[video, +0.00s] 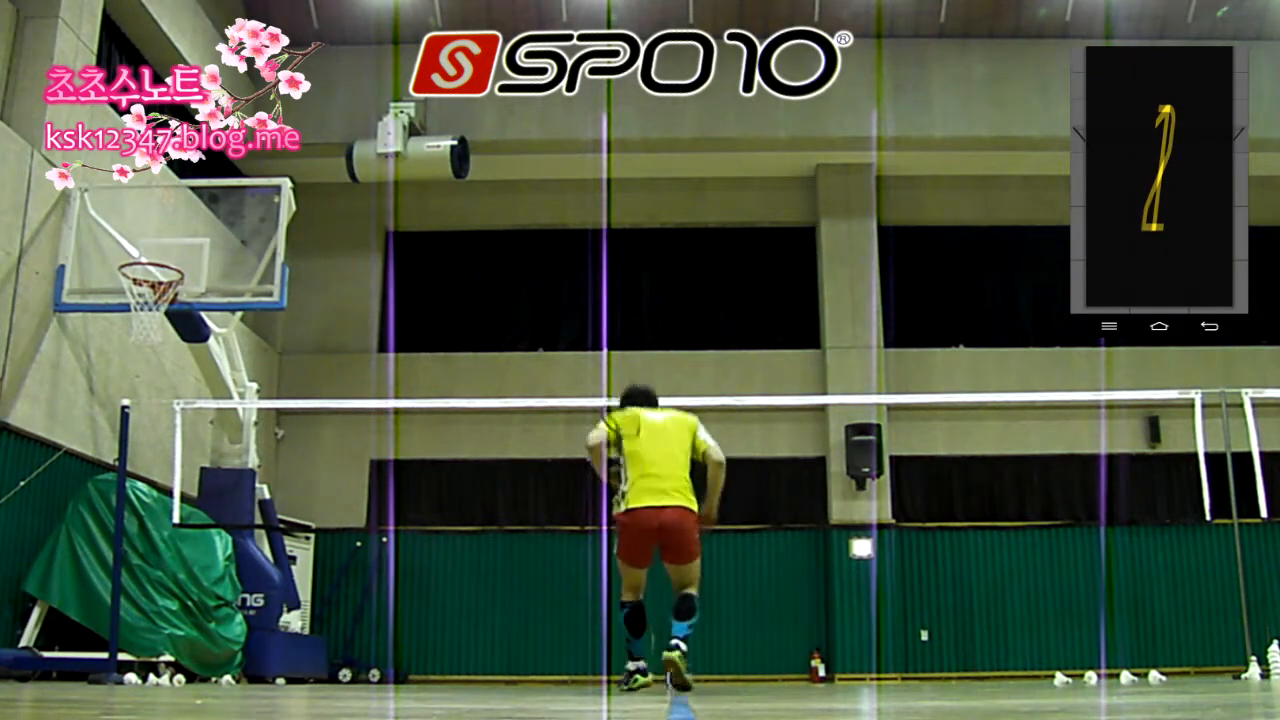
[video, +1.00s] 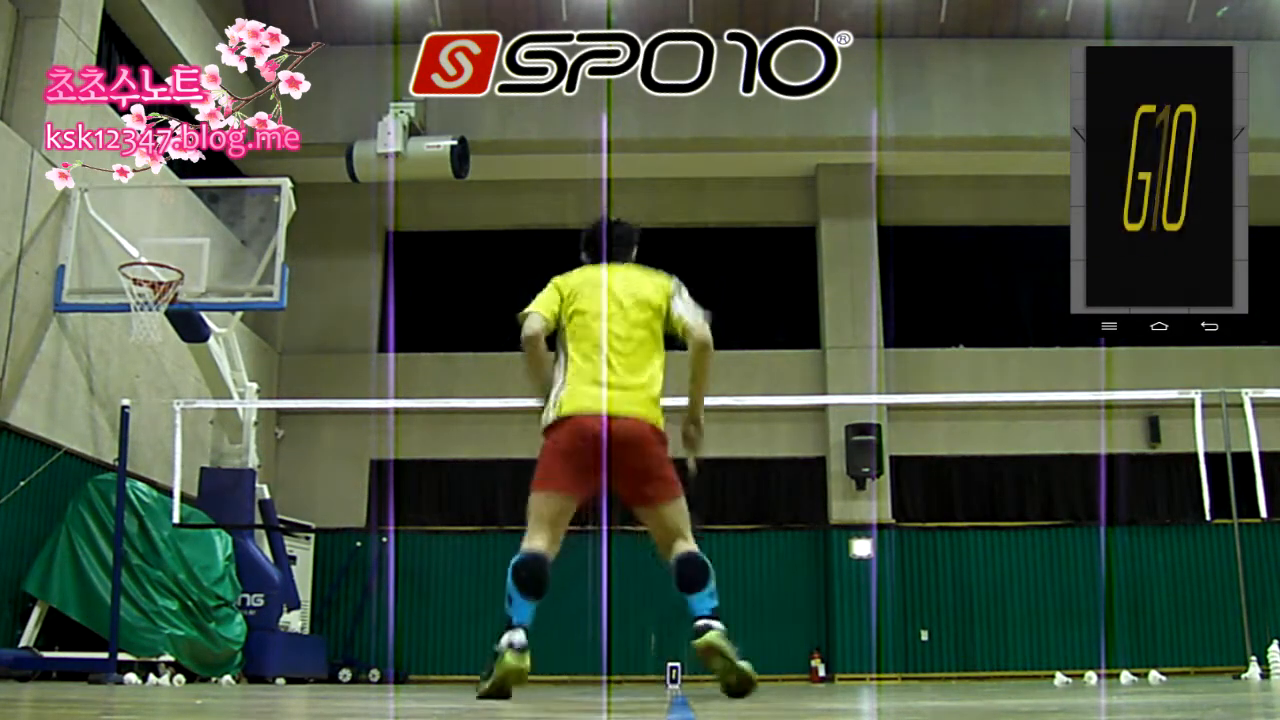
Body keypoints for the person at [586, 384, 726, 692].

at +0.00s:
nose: (621, 415)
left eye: (622, 410)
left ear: (626, 406)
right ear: (655, 404)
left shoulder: (620, 417)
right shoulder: (686, 420)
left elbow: (594, 441)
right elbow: (717, 458)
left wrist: (606, 478)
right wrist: (711, 506)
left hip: (636, 513)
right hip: (680, 513)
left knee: (632, 592)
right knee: (686, 588)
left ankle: (637, 666)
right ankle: (678, 645)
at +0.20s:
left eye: (628, 358)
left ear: (625, 361)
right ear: (660, 358)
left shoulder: (610, 388)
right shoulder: (684, 384)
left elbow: (575, 430)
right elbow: (710, 428)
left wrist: (603, 463)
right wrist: (689, 458)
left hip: (626, 500)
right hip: (673, 498)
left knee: (621, 575)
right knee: (676, 584)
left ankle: (621, 648)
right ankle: (671, 666)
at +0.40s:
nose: (650, 338)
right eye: (650, 333)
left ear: (612, 336)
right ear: (650, 334)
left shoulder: (593, 368)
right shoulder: (672, 364)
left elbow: (570, 425)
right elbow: (693, 418)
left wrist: (600, 451)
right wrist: (658, 435)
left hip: (607, 491)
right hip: (656, 488)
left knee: (616, 581)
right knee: (681, 569)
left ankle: (607, 661)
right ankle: (665, 641)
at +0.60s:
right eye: (641, 303)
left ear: (609, 306)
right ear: (647, 307)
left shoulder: (592, 341)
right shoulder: (678, 342)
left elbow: (567, 402)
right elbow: (700, 400)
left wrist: (597, 425)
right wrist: (667, 422)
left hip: (607, 466)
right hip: (662, 465)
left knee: (593, 570)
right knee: (654, 570)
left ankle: (593, 663)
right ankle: (645, 646)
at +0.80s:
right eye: (640, 245)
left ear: (603, 253)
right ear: (643, 252)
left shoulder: (579, 287)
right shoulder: (670, 278)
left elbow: (554, 350)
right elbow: (698, 325)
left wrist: (586, 378)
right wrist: (677, 382)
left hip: (593, 417)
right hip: (652, 417)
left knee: (574, 523)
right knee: (656, 535)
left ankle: (563, 618)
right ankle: (655, 648)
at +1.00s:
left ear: (586, 254)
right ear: (634, 253)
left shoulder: (565, 283)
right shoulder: (662, 284)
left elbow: (532, 332)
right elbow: (701, 336)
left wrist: (549, 400)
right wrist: (695, 414)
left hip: (574, 421)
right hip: (639, 425)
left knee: (540, 536)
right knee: (678, 540)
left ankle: (515, 638)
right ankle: (708, 625)